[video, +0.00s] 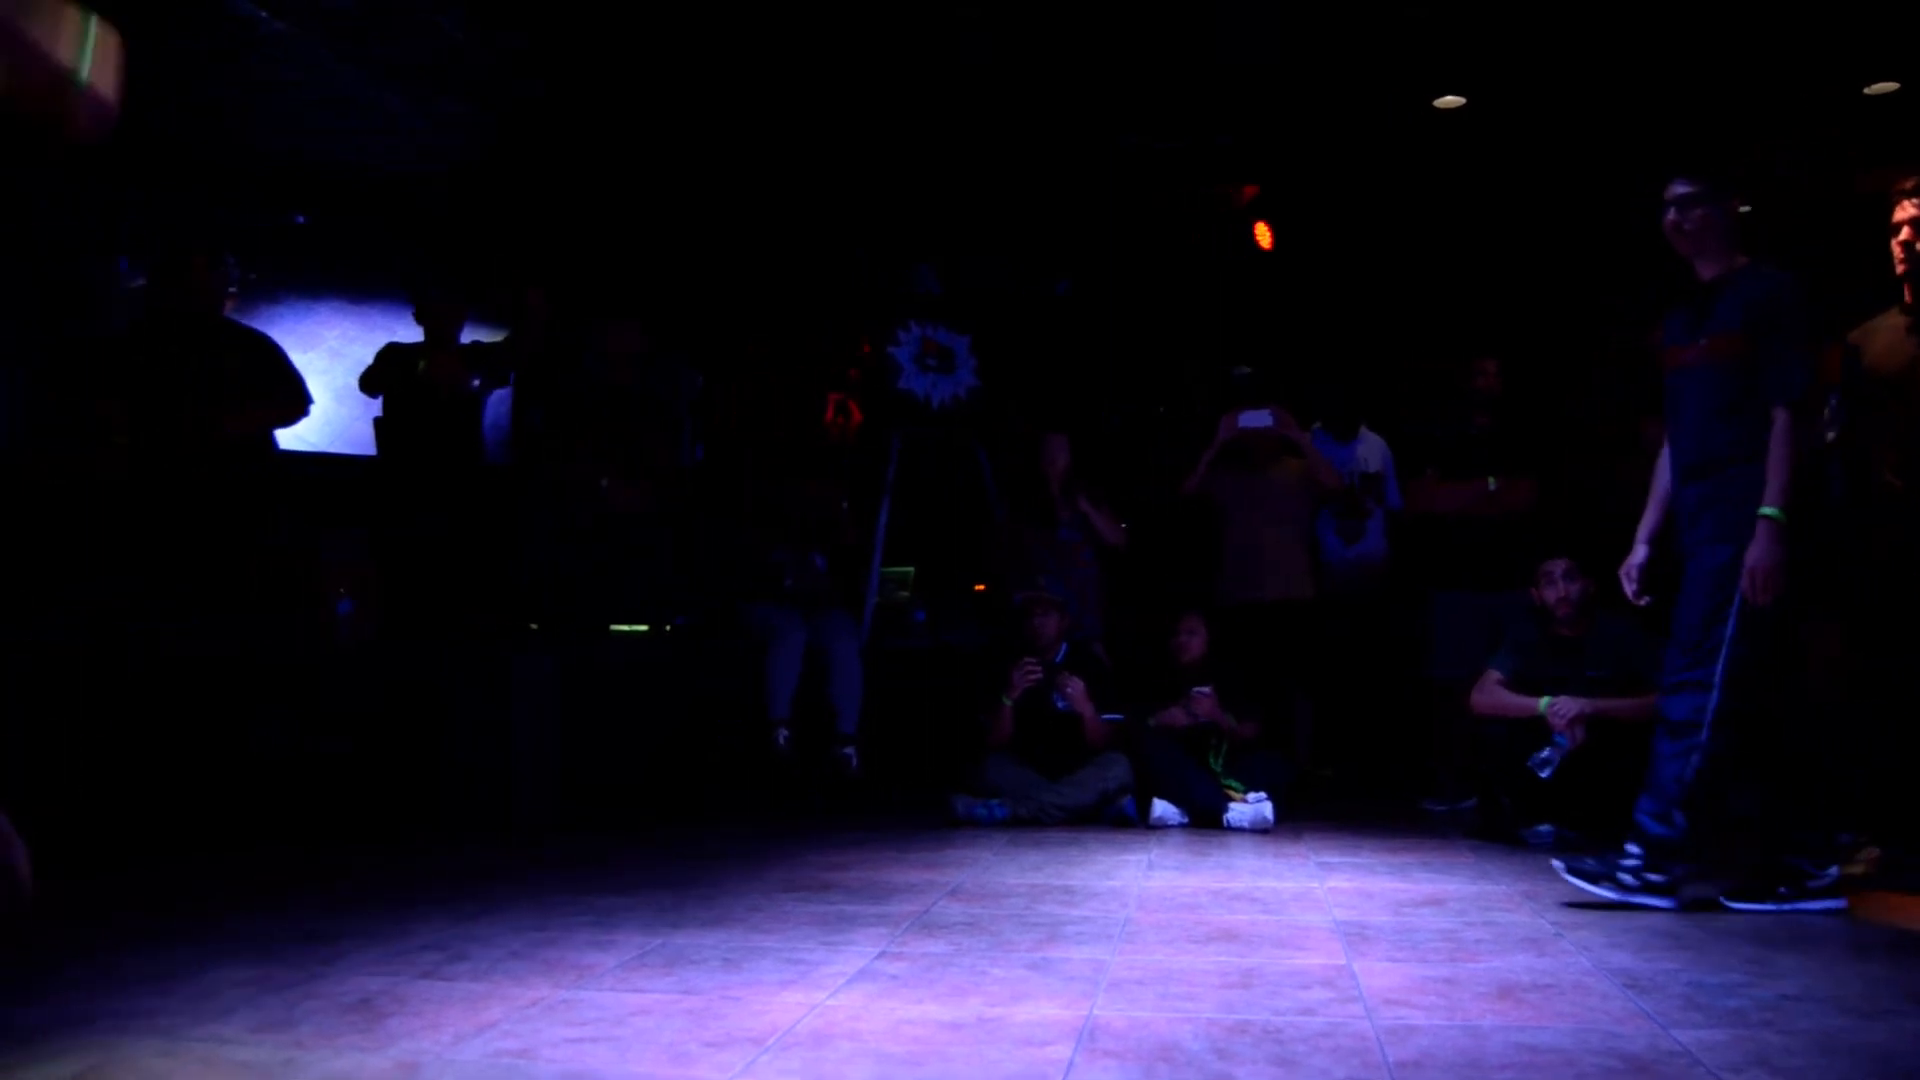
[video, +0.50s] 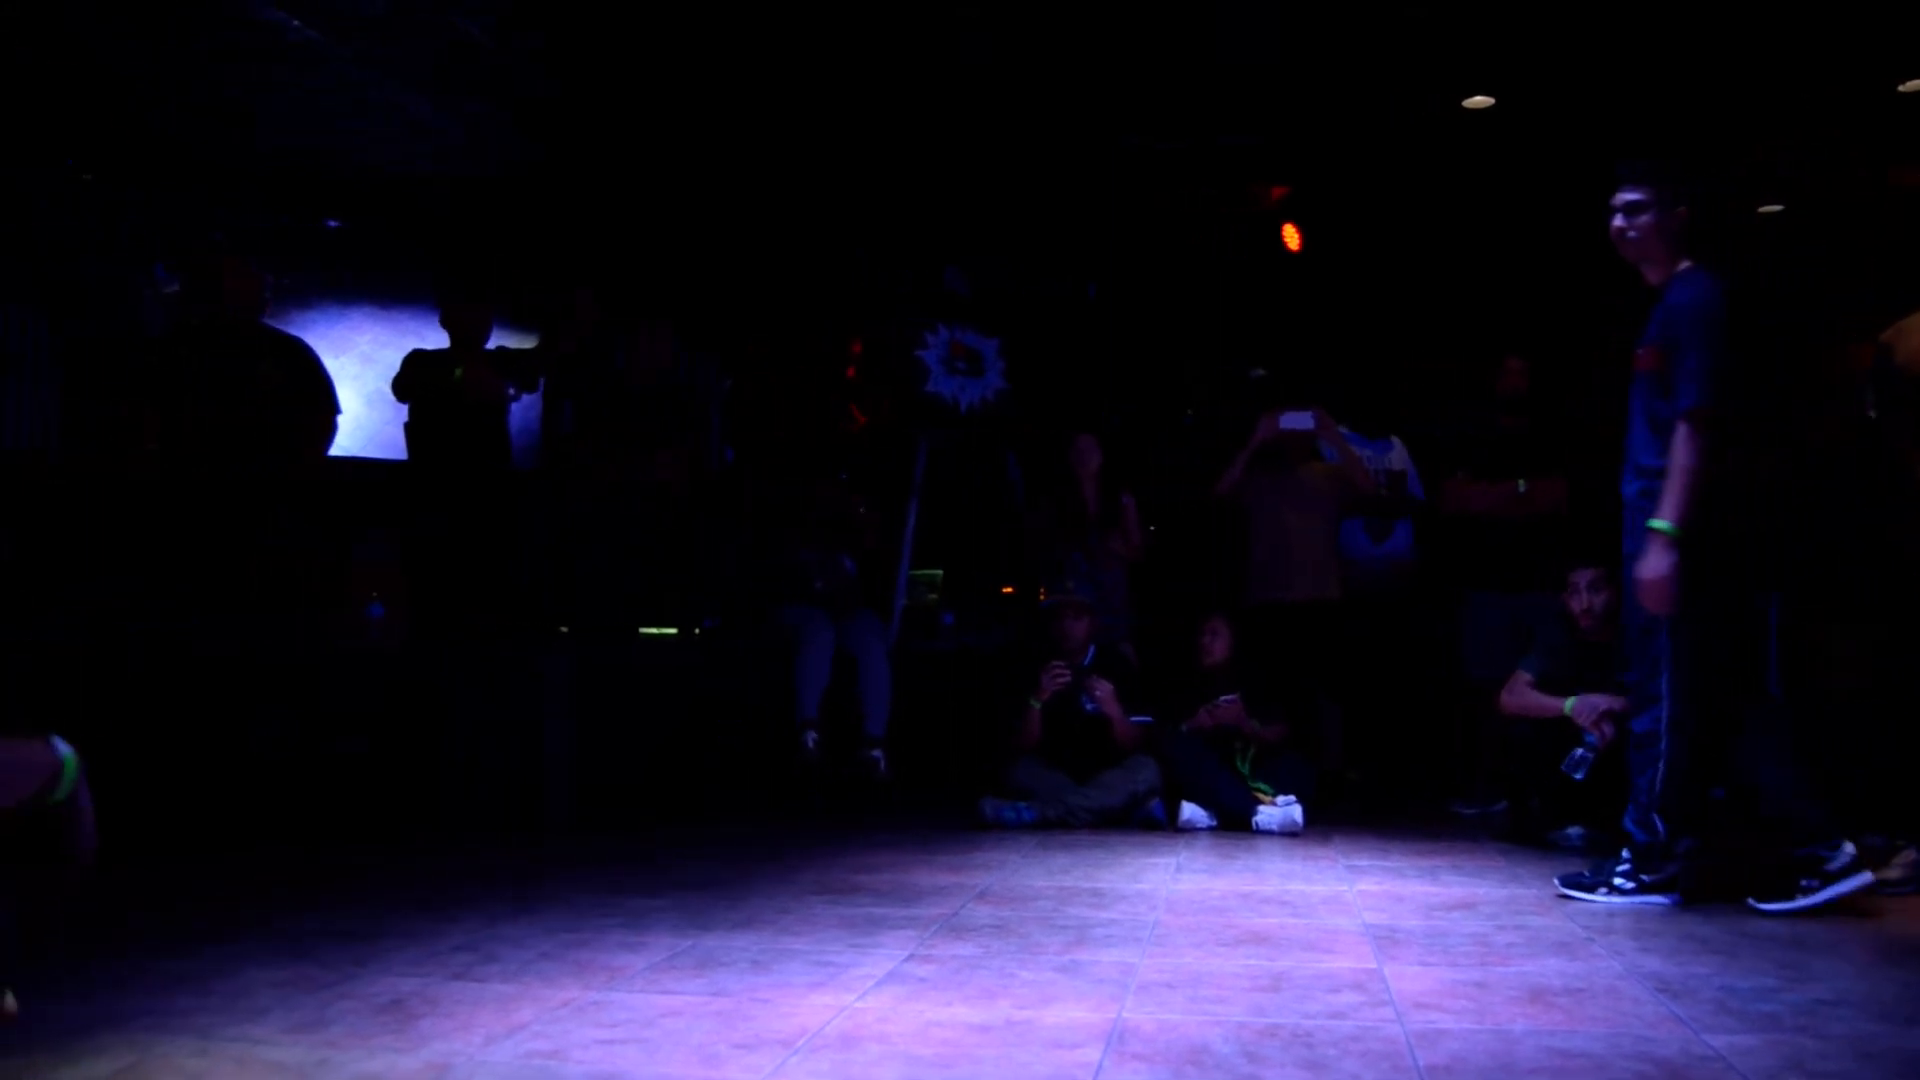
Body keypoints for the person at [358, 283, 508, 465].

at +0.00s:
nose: (444, 325)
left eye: (451, 315)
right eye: (436, 315)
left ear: (461, 317)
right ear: (419, 317)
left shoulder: (474, 357)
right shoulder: (397, 355)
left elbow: (515, 349)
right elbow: (368, 386)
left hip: (461, 456)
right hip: (406, 457)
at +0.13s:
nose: (449, 324)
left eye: (456, 314)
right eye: (441, 313)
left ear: (466, 317)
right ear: (422, 315)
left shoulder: (476, 358)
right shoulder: (397, 355)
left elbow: (519, 351)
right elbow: (369, 386)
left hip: (463, 458)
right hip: (407, 459)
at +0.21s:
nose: (456, 323)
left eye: (464, 313)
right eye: (448, 313)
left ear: (473, 318)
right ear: (430, 315)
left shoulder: (482, 358)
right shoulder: (404, 356)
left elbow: (525, 353)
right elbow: (376, 385)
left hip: (470, 458)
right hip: (414, 459)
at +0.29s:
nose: (471, 325)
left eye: (478, 317)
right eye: (463, 316)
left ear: (486, 320)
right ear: (443, 317)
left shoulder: (490, 359)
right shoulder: (417, 358)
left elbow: (536, 354)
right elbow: (389, 387)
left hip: (481, 461)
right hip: (427, 462)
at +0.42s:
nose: (480, 326)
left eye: (486, 318)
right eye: (471, 317)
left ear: (493, 321)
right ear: (450, 319)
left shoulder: (499, 361)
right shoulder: (424, 361)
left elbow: (546, 354)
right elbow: (401, 392)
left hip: (491, 464)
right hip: (436, 465)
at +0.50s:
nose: (474, 327)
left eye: (481, 318)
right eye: (464, 318)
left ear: (490, 322)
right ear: (445, 320)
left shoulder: (498, 362)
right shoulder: (423, 361)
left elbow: (544, 357)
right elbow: (401, 391)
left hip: (490, 464)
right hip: (434, 465)